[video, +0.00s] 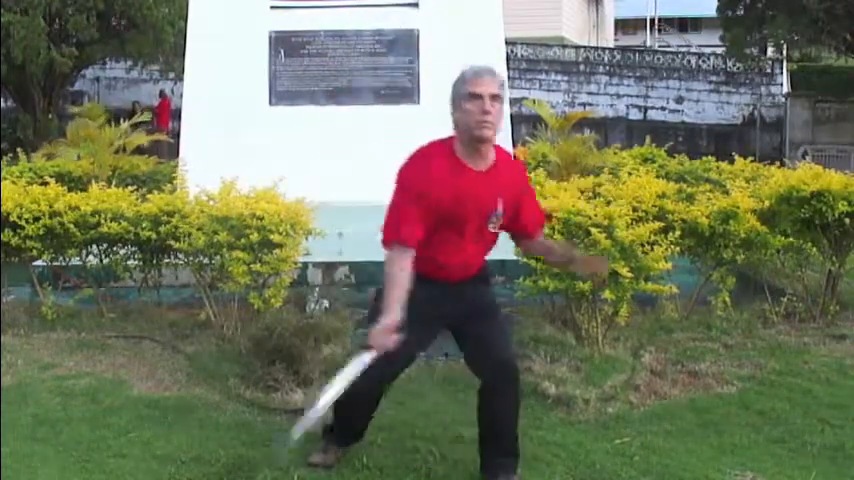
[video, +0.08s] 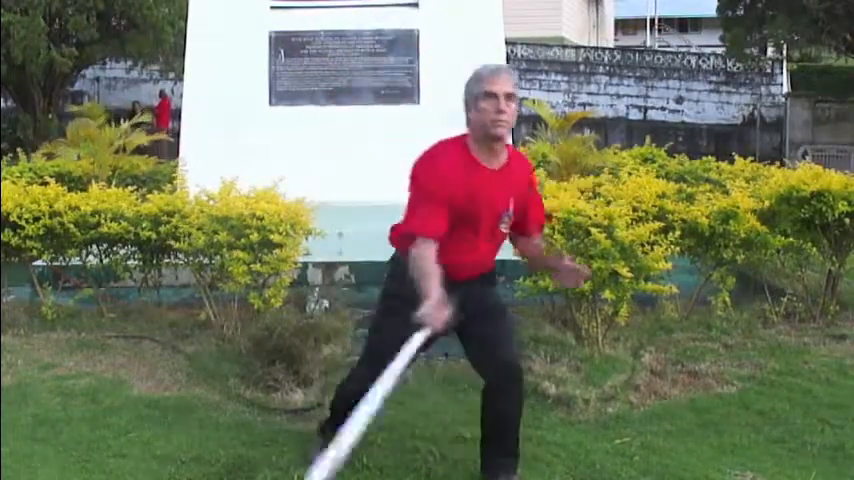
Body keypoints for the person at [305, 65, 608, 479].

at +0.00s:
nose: (487, 108)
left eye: (495, 99)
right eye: (474, 99)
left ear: (502, 110)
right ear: (455, 109)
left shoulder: (511, 171)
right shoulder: (424, 166)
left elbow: (530, 239)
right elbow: (400, 249)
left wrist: (575, 260)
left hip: (472, 289)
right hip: (419, 287)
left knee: (501, 370)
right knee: (378, 364)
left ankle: (500, 471)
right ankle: (337, 440)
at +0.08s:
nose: (501, 107)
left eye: (510, 99)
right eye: (489, 99)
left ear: (518, 110)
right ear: (469, 109)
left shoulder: (519, 168)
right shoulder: (438, 163)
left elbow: (527, 237)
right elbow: (422, 242)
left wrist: (551, 263)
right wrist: (432, 296)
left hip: (474, 284)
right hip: (418, 278)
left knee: (505, 373)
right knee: (375, 371)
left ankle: (500, 471)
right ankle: (330, 438)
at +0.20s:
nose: (516, 106)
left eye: (524, 98)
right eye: (505, 97)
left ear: (533, 108)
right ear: (485, 105)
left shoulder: (528, 164)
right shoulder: (457, 154)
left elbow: (527, 231)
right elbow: (466, 231)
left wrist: (531, 261)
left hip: (481, 286)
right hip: (423, 281)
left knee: (512, 370)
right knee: (381, 368)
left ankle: (501, 470)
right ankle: (329, 437)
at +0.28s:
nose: (518, 106)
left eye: (527, 98)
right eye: (507, 97)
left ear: (535, 108)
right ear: (487, 107)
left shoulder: (530, 166)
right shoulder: (461, 151)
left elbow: (518, 230)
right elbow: (486, 214)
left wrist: (526, 252)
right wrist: (543, 190)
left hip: (478, 287)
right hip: (421, 281)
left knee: (512, 369)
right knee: (379, 367)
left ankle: (503, 469)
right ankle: (330, 437)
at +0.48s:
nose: (500, 108)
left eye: (509, 100)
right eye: (489, 99)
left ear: (517, 110)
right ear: (469, 108)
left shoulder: (519, 166)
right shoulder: (444, 147)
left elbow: (532, 246)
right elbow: (477, 197)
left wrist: (509, 207)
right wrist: (555, 164)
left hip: (466, 288)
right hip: (405, 281)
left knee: (505, 370)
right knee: (352, 378)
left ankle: (502, 470)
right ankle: (334, 436)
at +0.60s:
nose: (464, 113)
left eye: (473, 105)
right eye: (453, 104)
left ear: (482, 114)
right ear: (435, 111)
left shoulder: (495, 172)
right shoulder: (412, 150)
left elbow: (507, 246)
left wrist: (473, 196)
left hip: (450, 293)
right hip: (387, 287)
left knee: (492, 376)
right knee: (333, 379)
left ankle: (501, 471)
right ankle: (321, 458)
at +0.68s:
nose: (443, 118)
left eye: (452, 108)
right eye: (432, 109)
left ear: (461, 114)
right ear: (415, 116)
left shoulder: (476, 176)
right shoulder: (392, 151)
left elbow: (487, 250)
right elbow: (375, 198)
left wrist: (448, 218)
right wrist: (454, 186)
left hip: (443, 294)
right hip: (379, 288)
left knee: (477, 381)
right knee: (324, 378)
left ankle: (504, 468)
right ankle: (318, 451)